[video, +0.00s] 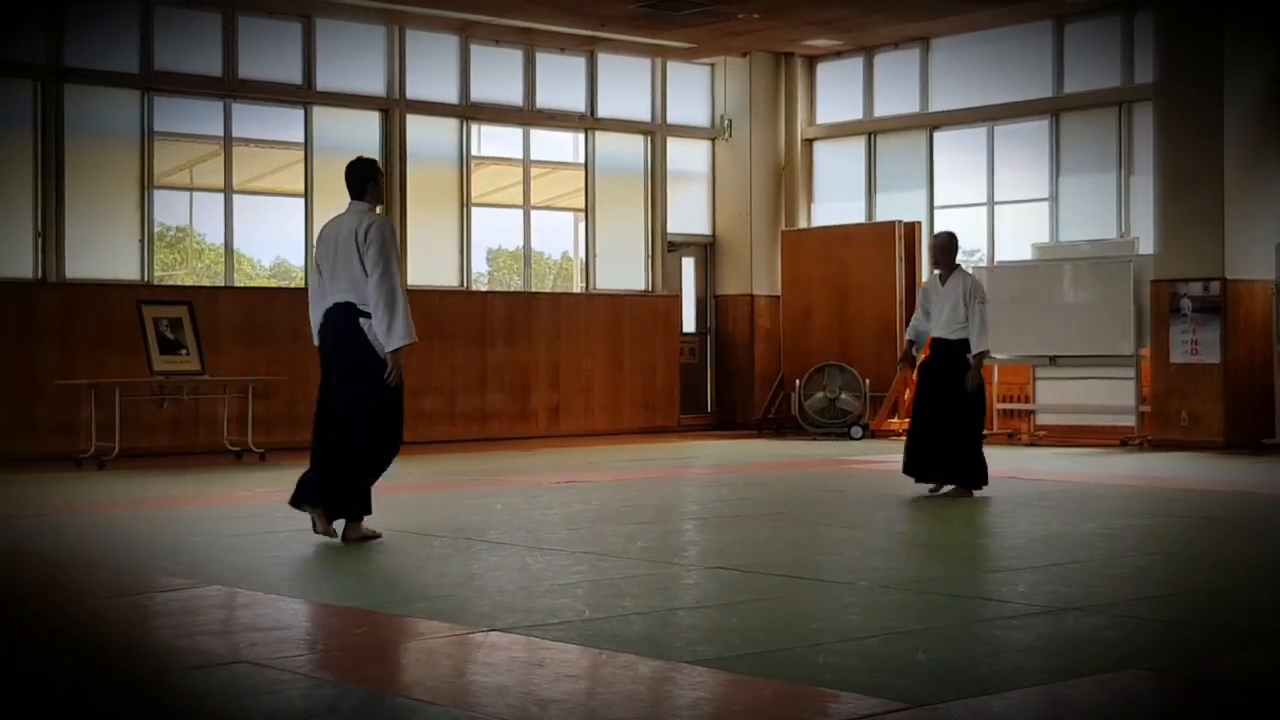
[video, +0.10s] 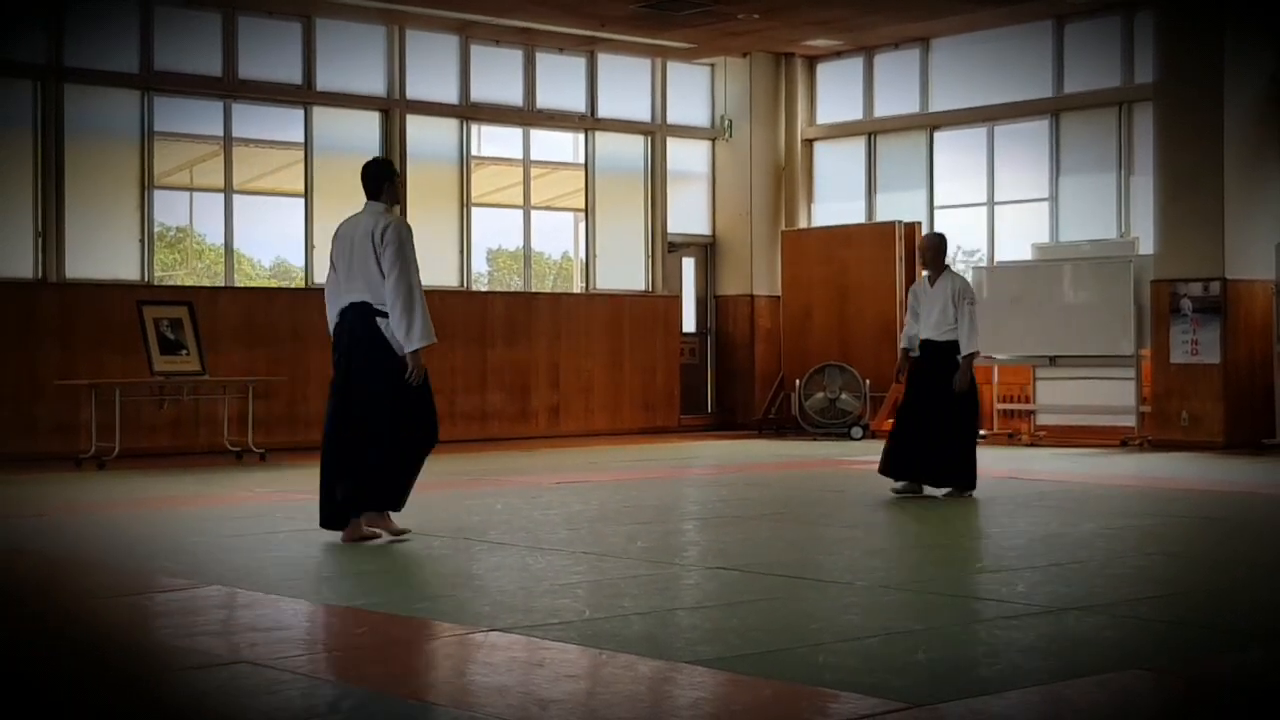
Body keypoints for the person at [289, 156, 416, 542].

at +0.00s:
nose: (384, 189)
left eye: (381, 182)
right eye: (382, 183)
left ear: (349, 187)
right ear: (374, 186)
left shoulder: (328, 229)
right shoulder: (376, 226)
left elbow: (318, 287)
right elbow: (383, 287)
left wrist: (321, 334)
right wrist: (392, 344)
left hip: (332, 329)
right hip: (365, 329)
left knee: (341, 419)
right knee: (383, 427)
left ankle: (353, 520)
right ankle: (322, 497)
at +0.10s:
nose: (402, 188)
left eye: (400, 182)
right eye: (400, 182)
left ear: (366, 188)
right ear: (393, 186)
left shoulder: (344, 228)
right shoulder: (393, 227)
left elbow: (332, 287)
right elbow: (401, 289)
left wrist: (339, 333)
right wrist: (412, 345)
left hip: (348, 333)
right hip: (382, 332)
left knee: (358, 423)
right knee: (418, 422)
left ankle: (354, 522)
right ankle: (378, 507)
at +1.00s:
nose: (579, 209)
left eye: (577, 203)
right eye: (577, 204)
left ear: (547, 208)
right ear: (570, 208)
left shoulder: (520, 245)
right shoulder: (580, 247)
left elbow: (499, 296)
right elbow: (598, 303)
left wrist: (515, 335)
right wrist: (624, 346)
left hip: (528, 340)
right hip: (562, 339)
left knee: (568, 418)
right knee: (538, 423)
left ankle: (588, 486)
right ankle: (509, 511)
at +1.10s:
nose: (597, 212)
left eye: (595, 207)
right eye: (595, 207)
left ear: (566, 211)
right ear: (589, 211)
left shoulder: (540, 248)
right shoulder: (600, 250)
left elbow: (520, 298)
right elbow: (621, 304)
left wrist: (536, 336)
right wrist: (646, 341)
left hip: (549, 341)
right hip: (583, 341)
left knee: (589, 419)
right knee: (559, 422)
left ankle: (597, 495)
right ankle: (519, 498)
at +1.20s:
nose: (614, 214)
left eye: (612, 208)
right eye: (612, 209)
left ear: (583, 213)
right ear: (607, 213)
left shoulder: (558, 249)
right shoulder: (617, 250)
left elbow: (538, 299)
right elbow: (642, 301)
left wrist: (552, 334)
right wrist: (665, 334)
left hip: (567, 341)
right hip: (602, 341)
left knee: (579, 418)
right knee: (606, 420)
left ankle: (595, 501)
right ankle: (548, 477)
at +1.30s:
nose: (634, 217)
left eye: (631, 212)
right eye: (632, 212)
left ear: (604, 216)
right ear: (627, 216)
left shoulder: (576, 251)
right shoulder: (635, 253)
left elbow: (556, 301)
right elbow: (663, 298)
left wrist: (569, 338)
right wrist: (687, 324)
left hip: (585, 345)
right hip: (622, 345)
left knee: (594, 417)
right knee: (650, 417)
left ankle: (598, 498)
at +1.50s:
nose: (672, 235)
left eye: (667, 230)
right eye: (671, 230)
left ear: (642, 232)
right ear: (669, 232)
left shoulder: (616, 264)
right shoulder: (676, 266)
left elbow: (588, 310)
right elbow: (719, 264)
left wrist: (599, 351)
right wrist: (718, 229)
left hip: (620, 356)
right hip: (659, 357)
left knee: (609, 428)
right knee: (693, 420)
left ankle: (593, 493)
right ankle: (710, 490)